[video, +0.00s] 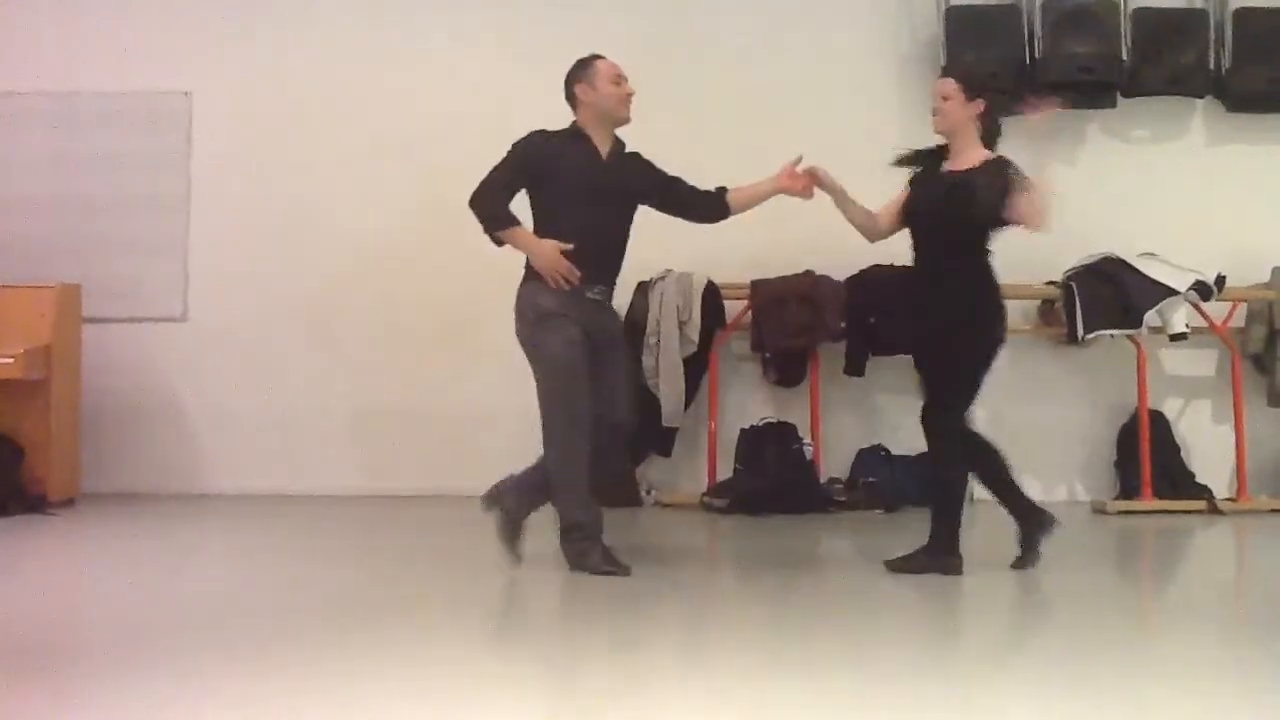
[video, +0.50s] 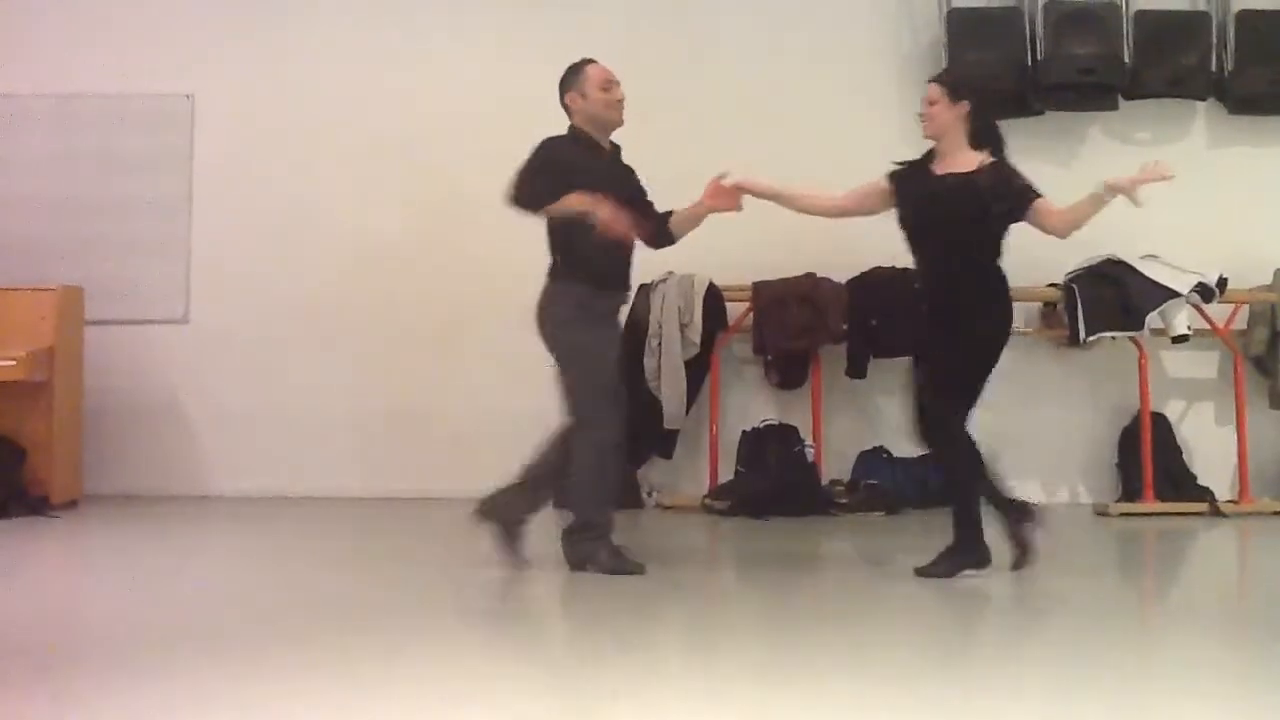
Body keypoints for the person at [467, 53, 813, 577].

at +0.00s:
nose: (630, 89)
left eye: (627, 81)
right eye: (616, 81)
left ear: (606, 96)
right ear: (581, 93)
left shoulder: (630, 168)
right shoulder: (543, 148)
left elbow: (704, 206)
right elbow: (486, 201)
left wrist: (775, 184)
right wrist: (532, 246)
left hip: (600, 310)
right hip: (549, 300)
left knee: (618, 424)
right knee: (570, 413)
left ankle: (515, 495)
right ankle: (582, 541)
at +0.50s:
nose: (620, 95)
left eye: (619, 86)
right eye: (607, 88)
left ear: (609, 101)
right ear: (575, 102)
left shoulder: (618, 170)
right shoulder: (559, 151)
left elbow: (656, 232)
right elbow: (524, 196)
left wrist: (703, 206)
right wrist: (590, 204)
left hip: (603, 310)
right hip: (571, 305)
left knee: (600, 420)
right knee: (600, 419)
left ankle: (510, 505)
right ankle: (587, 540)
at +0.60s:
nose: (629, 98)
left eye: (628, 91)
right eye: (616, 91)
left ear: (625, 102)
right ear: (585, 105)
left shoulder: (624, 171)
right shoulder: (577, 153)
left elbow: (643, 242)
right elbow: (604, 180)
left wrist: (686, 206)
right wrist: (665, 171)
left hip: (625, 309)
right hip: (592, 307)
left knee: (646, 420)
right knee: (614, 417)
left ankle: (588, 505)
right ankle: (589, 541)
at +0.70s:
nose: (637, 102)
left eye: (638, 95)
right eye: (624, 96)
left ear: (639, 106)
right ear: (595, 110)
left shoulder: (634, 168)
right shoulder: (590, 157)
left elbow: (654, 235)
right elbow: (634, 165)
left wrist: (686, 198)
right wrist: (690, 152)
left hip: (639, 311)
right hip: (602, 311)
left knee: (673, 408)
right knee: (620, 418)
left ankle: (645, 512)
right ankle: (591, 538)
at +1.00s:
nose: (672, 110)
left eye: (677, 103)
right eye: (660, 104)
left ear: (688, 113)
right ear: (643, 119)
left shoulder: (692, 168)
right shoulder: (633, 162)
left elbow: (720, 210)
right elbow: (606, 165)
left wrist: (713, 157)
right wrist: (663, 133)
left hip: (703, 311)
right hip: (657, 311)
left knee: (716, 421)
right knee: (641, 421)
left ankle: (710, 523)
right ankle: (603, 531)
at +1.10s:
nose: (692, 114)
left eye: (695, 108)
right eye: (681, 107)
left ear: (703, 119)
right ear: (659, 122)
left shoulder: (720, 176)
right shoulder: (652, 175)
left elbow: (764, 196)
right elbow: (596, 178)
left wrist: (742, 151)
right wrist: (624, 134)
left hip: (712, 312)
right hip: (664, 310)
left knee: (724, 418)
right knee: (681, 415)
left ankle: (711, 523)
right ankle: (625, 512)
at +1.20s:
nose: (694, 116)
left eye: (701, 108)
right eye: (684, 110)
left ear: (716, 122)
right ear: (668, 124)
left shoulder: (731, 179)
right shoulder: (655, 174)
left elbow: (751, 238)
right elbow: (594, 177)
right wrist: (614, 129)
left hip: (717, 307)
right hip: (665, 306)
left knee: (722, 413)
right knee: (698, 403)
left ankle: (711, 521)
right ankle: (643, 486)